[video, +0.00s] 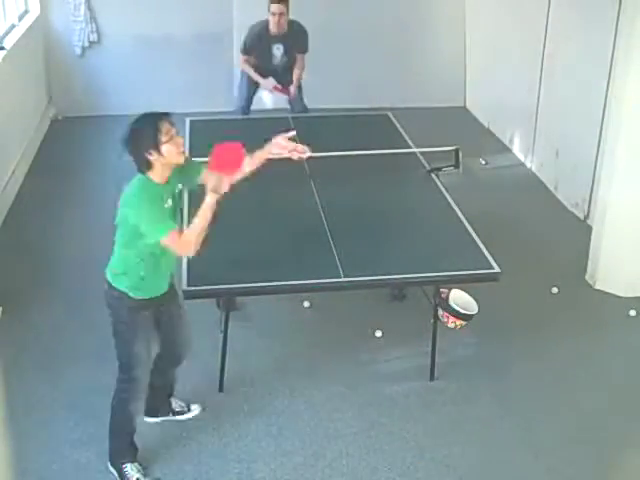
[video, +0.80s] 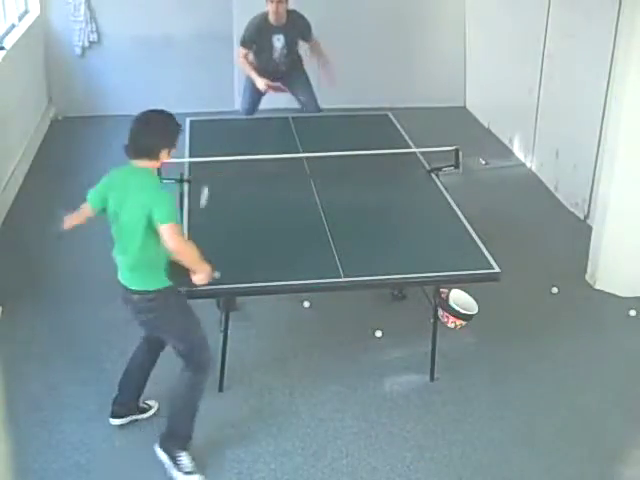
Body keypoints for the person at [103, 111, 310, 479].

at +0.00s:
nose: (181, 142)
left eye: (177, 135)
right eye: (171, 139)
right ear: (151, 154)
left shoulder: (178, 172)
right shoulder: (139, 200)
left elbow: (227, 173)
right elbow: (187, 245)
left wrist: (268, 150)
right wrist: (212, 196)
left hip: (162, 286)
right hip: (129, 294)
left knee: (174, 349)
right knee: (134, 375)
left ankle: (158, 406)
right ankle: (121, 458)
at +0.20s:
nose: (165, 131)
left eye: (160, 125)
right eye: (154, 130)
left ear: (144, 142)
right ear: (136, 147)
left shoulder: (165, 172)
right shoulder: (127, 194)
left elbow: (209, 187)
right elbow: (128, 256)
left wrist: (262, 177)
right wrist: (183, 234)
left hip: (157, 287)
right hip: (126, 296)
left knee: (166, 346)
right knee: (134, 375)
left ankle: (154, 402)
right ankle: (124, 458)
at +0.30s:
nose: (161, 130)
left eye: (157, 124)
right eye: (151, 128)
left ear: (145, 141)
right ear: (132, 146)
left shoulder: (164, 173)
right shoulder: (122, 190)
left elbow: (195, 193)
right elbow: (99, 251)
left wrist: (245, 197)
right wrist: (152, 256)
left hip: (161, 287)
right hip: (128, 297)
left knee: (168, 341)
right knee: (134, 377)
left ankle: (139, 398)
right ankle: (123, 459)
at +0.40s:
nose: (160, 137)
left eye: (156, 129)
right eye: (150, 134)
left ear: (151, 136)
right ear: (129, 149)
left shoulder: (158, 172)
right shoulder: (121, 191)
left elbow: (176, 197)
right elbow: (91, 248)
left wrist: (219, 206)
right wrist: (121, 254)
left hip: (161, 289)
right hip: (132, 298)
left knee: (165, 344)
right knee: (142, 370)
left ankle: (130, 398)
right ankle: (124, 457)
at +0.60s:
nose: (165, 150)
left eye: (164, 143)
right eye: (159, 145)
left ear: (137, 152)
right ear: (138, 153)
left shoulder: (143, 174)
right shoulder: (122, 188)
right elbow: (94, 240)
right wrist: (151, 254)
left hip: (155, 288)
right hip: (141, 295)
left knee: (159, 342)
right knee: (175, 365)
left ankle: (124, 404)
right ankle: (142, 446)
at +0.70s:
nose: (167, 156)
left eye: (167, 149)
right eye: (164, 150)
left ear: (133, 146)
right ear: (150, 151)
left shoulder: (118, 173)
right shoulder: (138, 191)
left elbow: (103, 215)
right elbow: (139, 244)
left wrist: (141, 226)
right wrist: (174, 267)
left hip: (133, 284)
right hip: (147, 293)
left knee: (161, 337)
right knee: (187, 358)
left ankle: (124, 405)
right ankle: (157, 442)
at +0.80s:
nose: (173, 153)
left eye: (173, 146)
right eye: (172, 147)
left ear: (133, 144)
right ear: (163, 151)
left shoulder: (115, 178)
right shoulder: (157, 192)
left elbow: (84, 213)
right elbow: (173, 241)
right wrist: (201, 266)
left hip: (130, 287)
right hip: (155, 295)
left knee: (155, 337)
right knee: (198, 359)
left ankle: (124, 407)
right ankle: (174, 445)